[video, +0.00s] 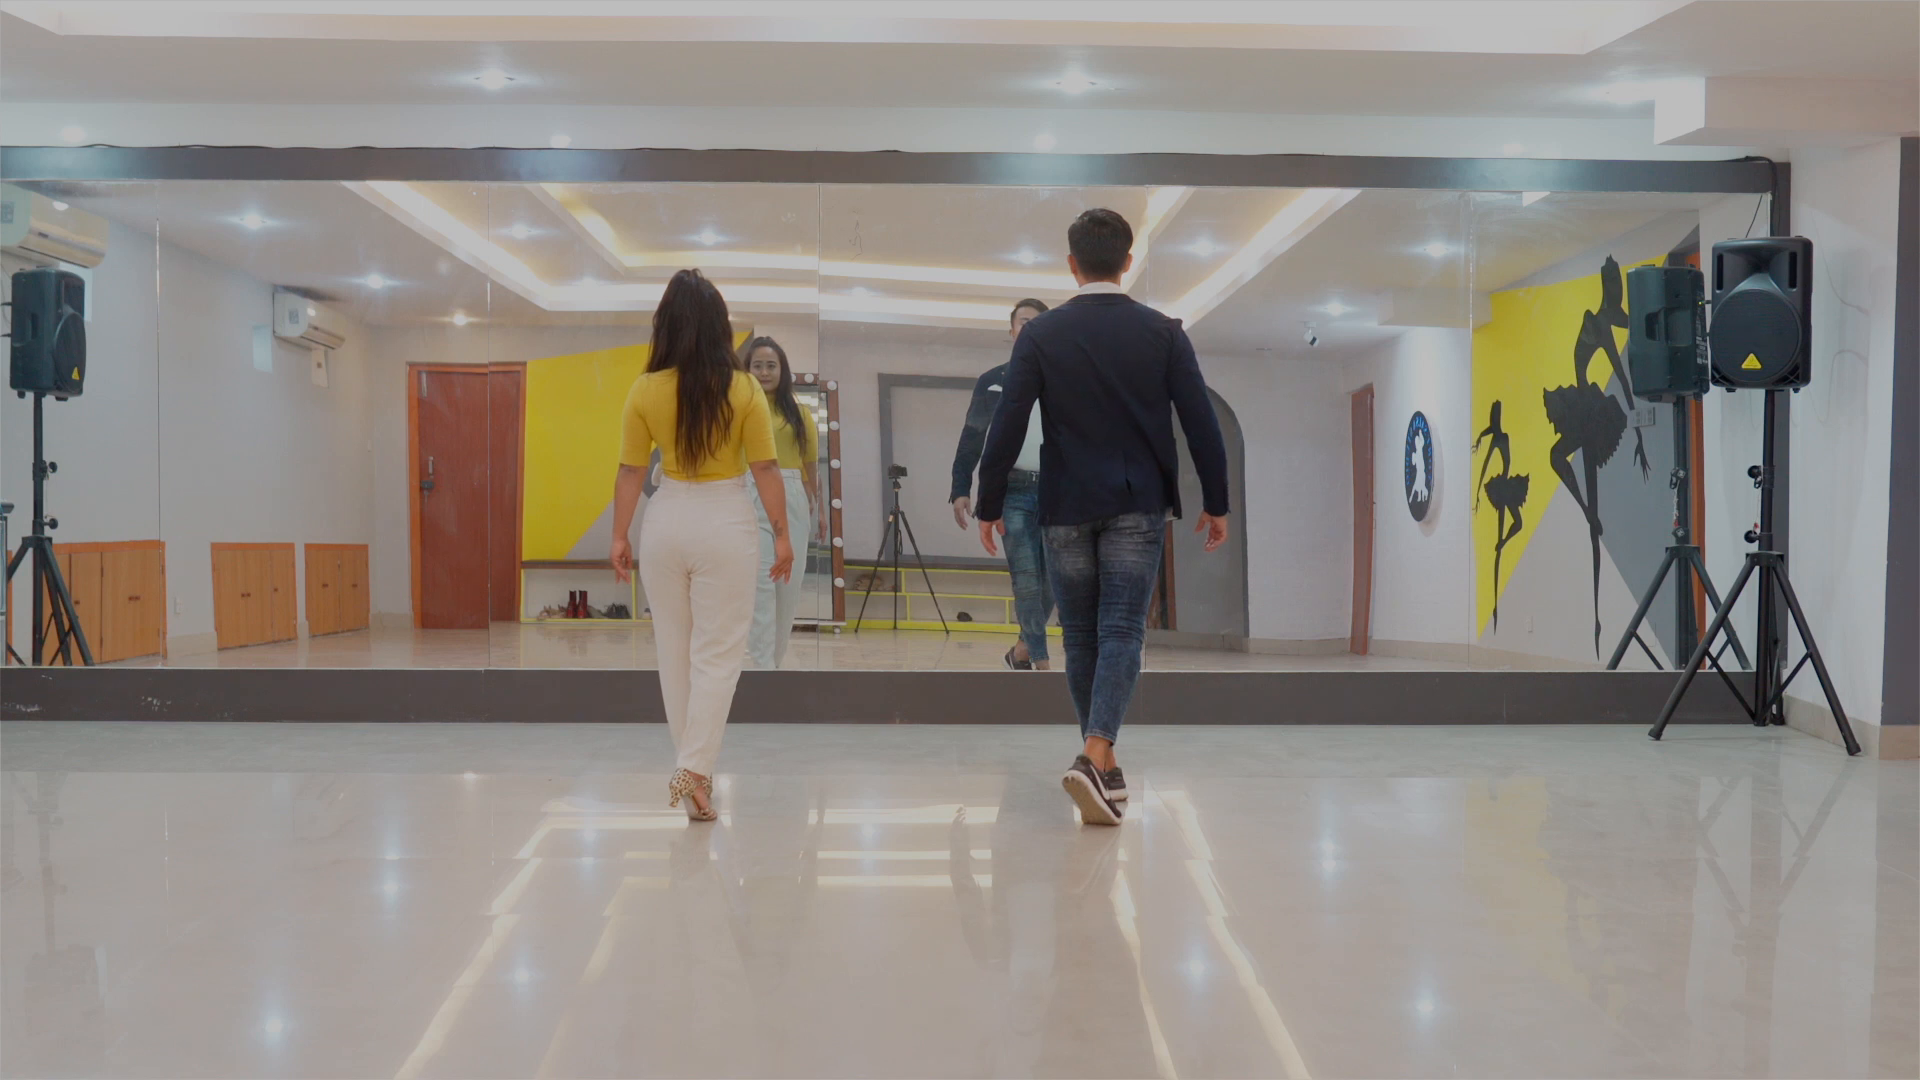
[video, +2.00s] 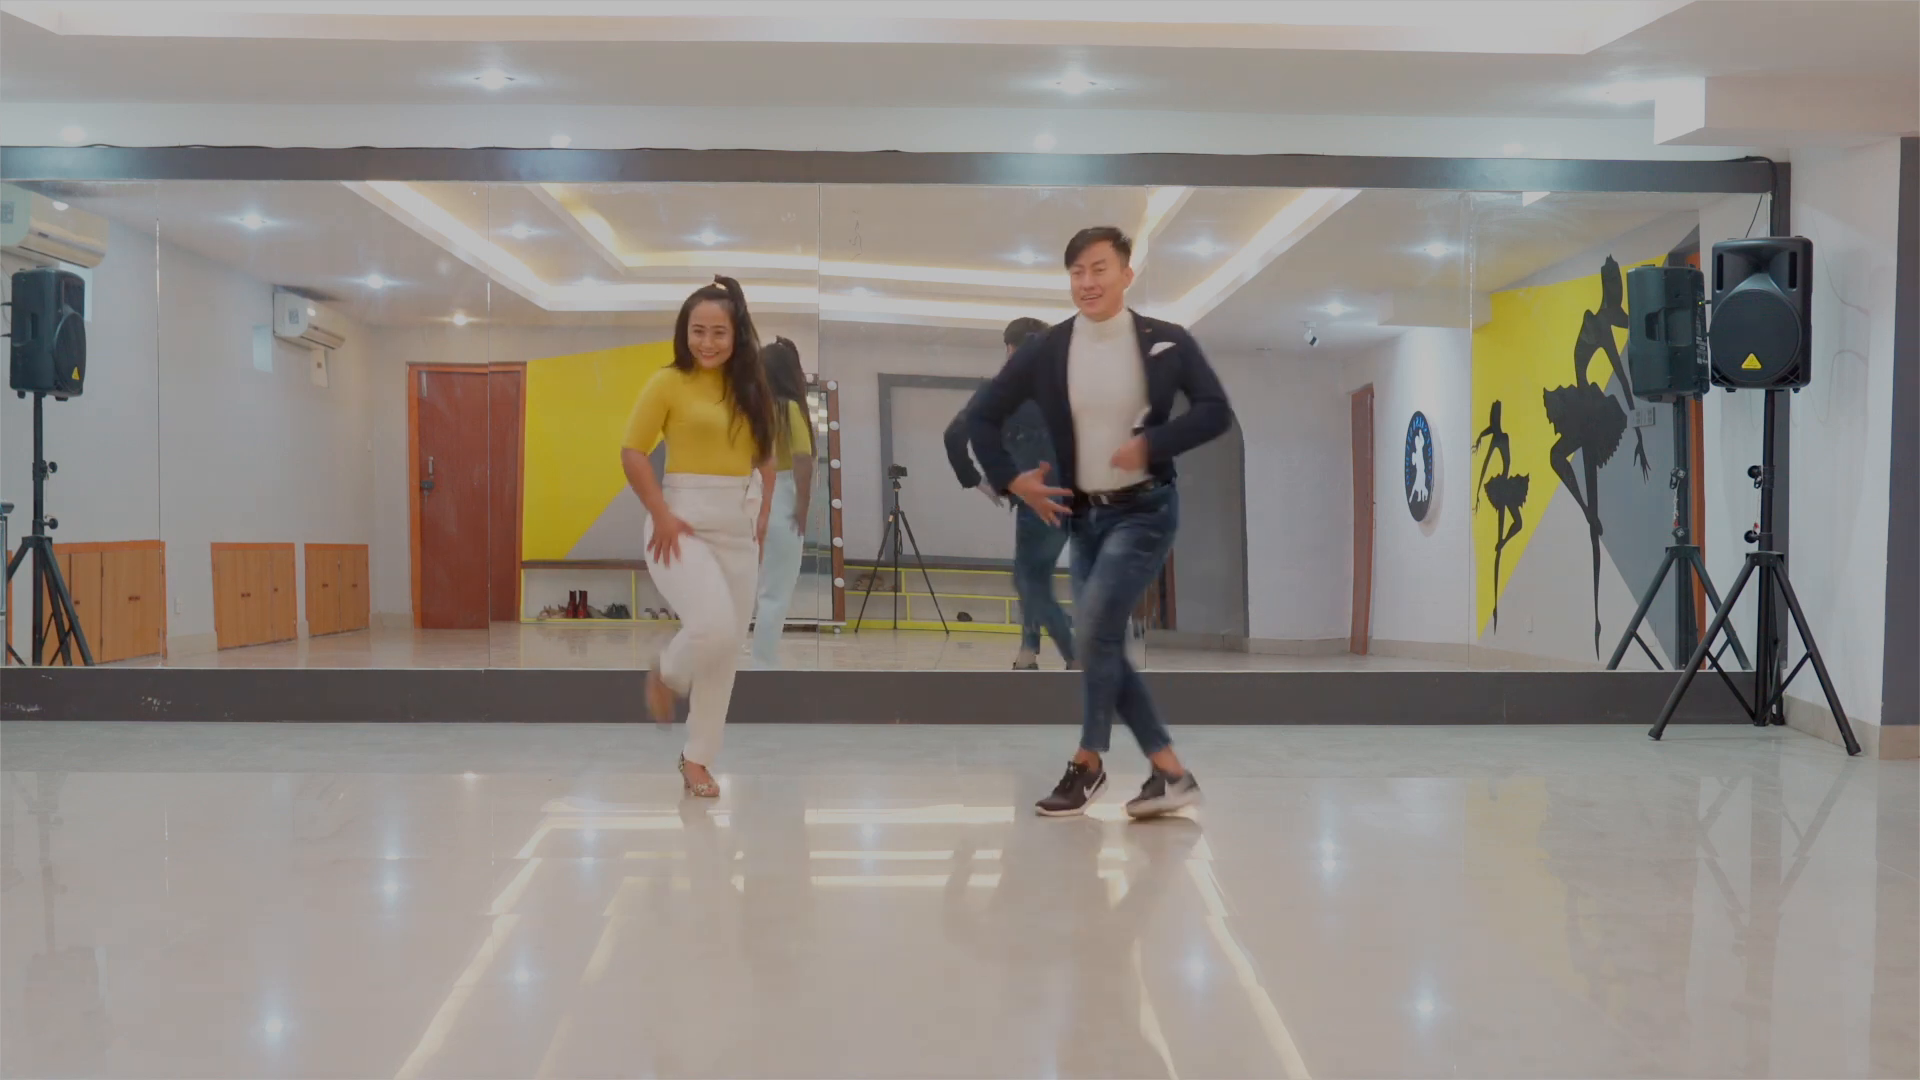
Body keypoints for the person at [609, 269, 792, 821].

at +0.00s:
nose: (730, 330)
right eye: (725, 321)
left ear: (665, 325)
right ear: (721, 324)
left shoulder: (646, 389)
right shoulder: (742, 387)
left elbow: (631, 470)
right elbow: (764, 467)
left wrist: (620, 534)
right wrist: (782, 533)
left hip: (664, 517)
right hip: (729, 519)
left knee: (673, 647)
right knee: (719, 652)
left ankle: (690, 768)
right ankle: (694, 768)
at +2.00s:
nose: (707, 342)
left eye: (719, 332)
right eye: (698, 331)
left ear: (737, 335)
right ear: (685, 334)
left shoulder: (750, 391)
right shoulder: (669, 384)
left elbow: (768, 461)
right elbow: (632, 454)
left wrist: (763, 510)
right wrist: (660, 513)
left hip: (739, 530)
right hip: (680, 526)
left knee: (728, 645)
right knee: (713, 629)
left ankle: (698, 759)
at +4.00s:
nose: (693, 434)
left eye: (690, 417)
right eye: (677, 435)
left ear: (707, 404)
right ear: (669, 448)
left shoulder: (767, 443)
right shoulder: (671, 479)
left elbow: (797, 509)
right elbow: (656, 542)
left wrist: (776, 573)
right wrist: (684, 593)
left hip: (739, 586)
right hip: (671, 582)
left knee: (777, 694)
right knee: (677, 679)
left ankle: (713, 785)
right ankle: (673, 804)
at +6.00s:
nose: (756, 335)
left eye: (767, 324)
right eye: (744, 323)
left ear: (786, 330)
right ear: (728, 327)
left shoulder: (798, 392)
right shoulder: (705, 380)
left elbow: (830, 458)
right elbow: (655, 440)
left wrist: (878, 437)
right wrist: (586, 461)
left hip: (766, 542)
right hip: (717, 536)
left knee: (730, 679)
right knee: (789, 648)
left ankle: (689, 783)